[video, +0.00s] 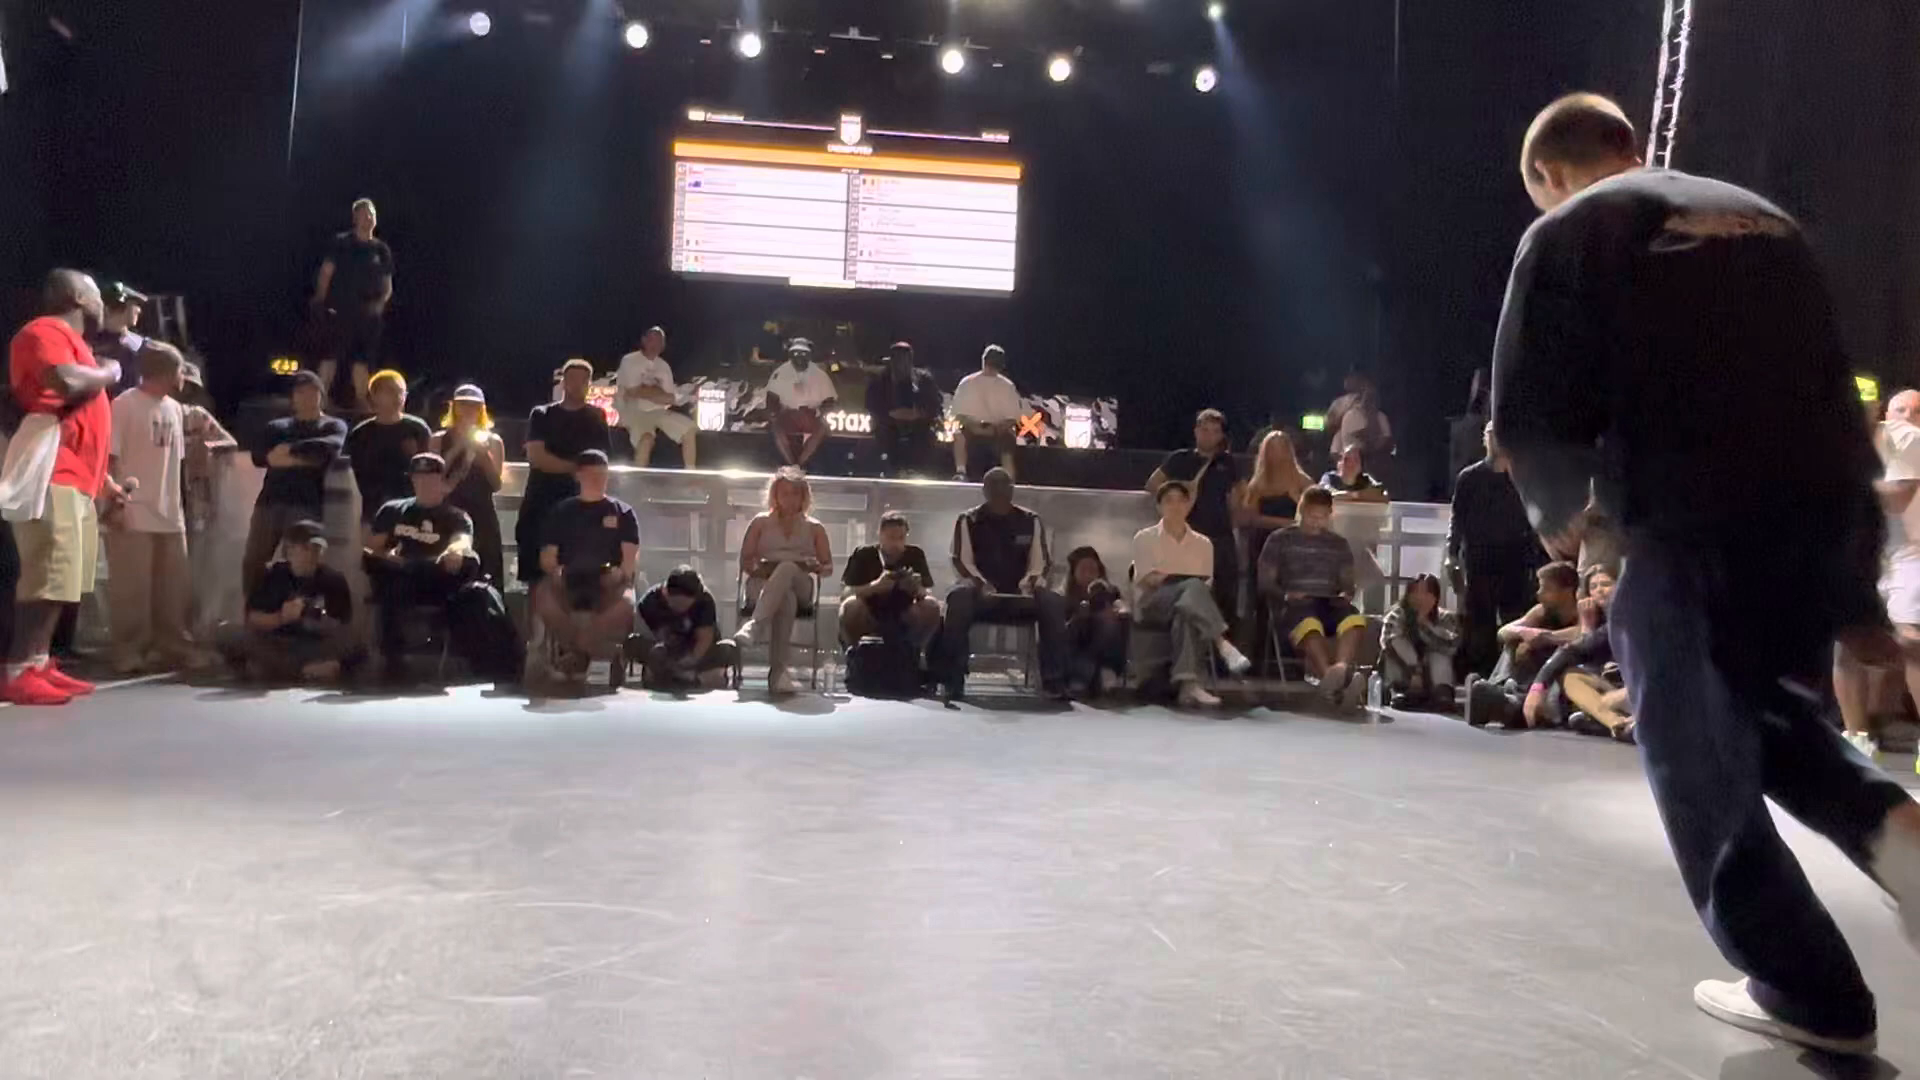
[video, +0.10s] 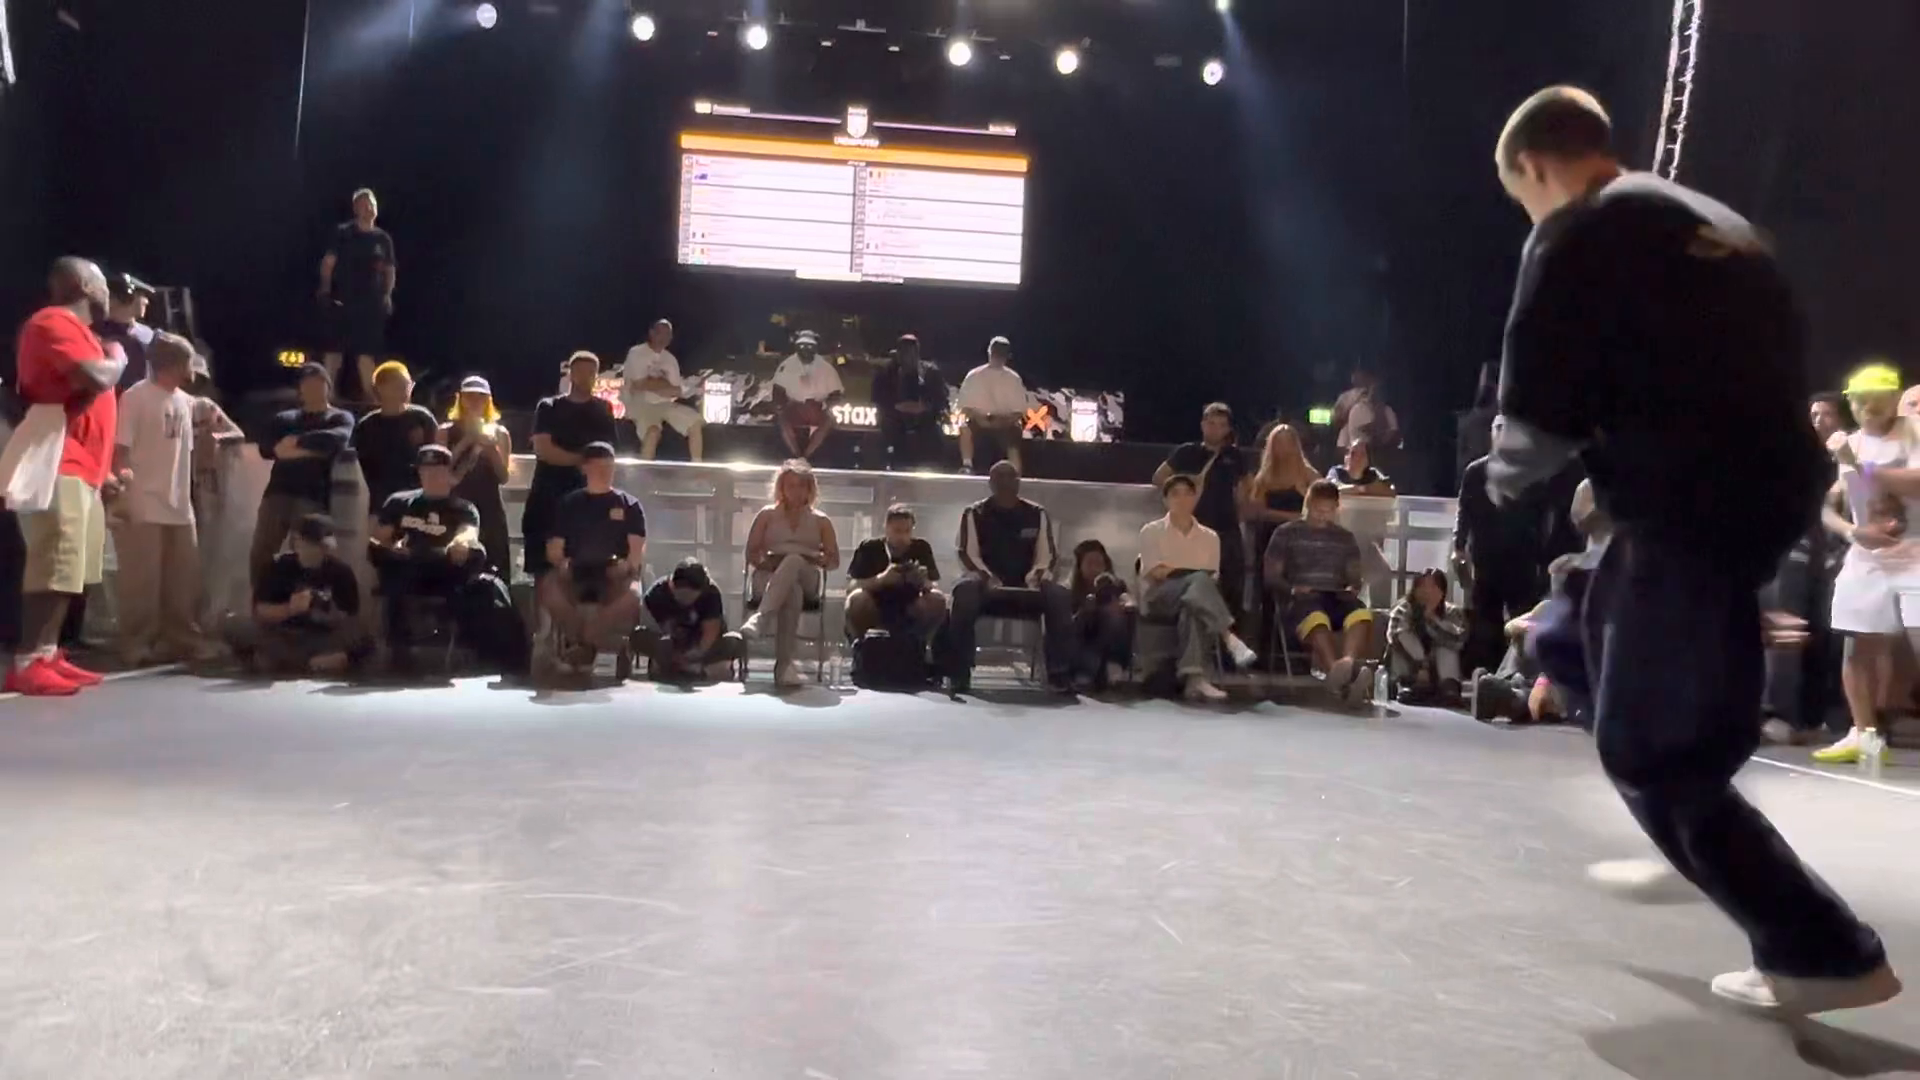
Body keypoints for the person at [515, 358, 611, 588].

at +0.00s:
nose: (579, 385)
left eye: (584, 380)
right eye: (573, 379)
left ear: (589, 384)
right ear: (563, 382)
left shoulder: (596, 416)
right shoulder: (541, 414)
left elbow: (599, 463)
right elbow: (536, 457)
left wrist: (547, 458)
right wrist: (576, 468)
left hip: (580, 502)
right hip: (542, 501)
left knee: (578, 572)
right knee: (537, 574)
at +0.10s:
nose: (587, 377)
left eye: (591, 372)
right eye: (581, 371)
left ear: (596, 376)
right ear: (570, 374)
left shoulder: (602, 408)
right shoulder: (548, 406)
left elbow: (606, 455)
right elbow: (542, 449)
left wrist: (555, 450)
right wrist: (581, 460)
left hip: (587, 495)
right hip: (549, 492)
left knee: (585, 564)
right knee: (543, 567)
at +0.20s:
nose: (590, 369)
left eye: (596, 364)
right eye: (585, 363)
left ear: (601, 369)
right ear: (575, 366)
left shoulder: (608, 402)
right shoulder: (553, 398)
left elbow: (612, 448)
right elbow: (547, 441)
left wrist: (560, 444)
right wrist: (589, 453)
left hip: (592, 487)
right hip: (554, 485)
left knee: (590, 558)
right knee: (548, 559)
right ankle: (547, 614)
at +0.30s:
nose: (596, 364)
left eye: (600, 359)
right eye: (590, 358)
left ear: (605, 363)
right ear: (580, 361)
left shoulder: (612, 394)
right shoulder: (558, 392)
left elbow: (616, 443)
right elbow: (553, 436)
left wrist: (563, 438)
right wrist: (594, 446)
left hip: (597, 480)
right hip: (558, 479)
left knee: (595, 549)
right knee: (553, 552)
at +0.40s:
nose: (602, 358)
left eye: (606, 353)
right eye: (596, 352)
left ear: (611, 357)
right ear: (586, 355)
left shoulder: (618, 389)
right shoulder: (564, 387)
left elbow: (622, 436)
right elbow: (558, 431)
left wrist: (570, 432)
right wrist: (598, 441)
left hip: (602, 473)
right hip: (564, 472)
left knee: (600, 541)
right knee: (558, 544)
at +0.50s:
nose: (606, 352)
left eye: (611, 347)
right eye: (601, 346)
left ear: (617, 352)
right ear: (591, 349)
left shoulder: (623, 384)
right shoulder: (571, 382)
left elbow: (627, 431)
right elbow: (563, 425)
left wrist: (576, 426)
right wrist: (603, 436)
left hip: (608, 470)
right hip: (570, 469)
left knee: (605, 538)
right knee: (564, 541)